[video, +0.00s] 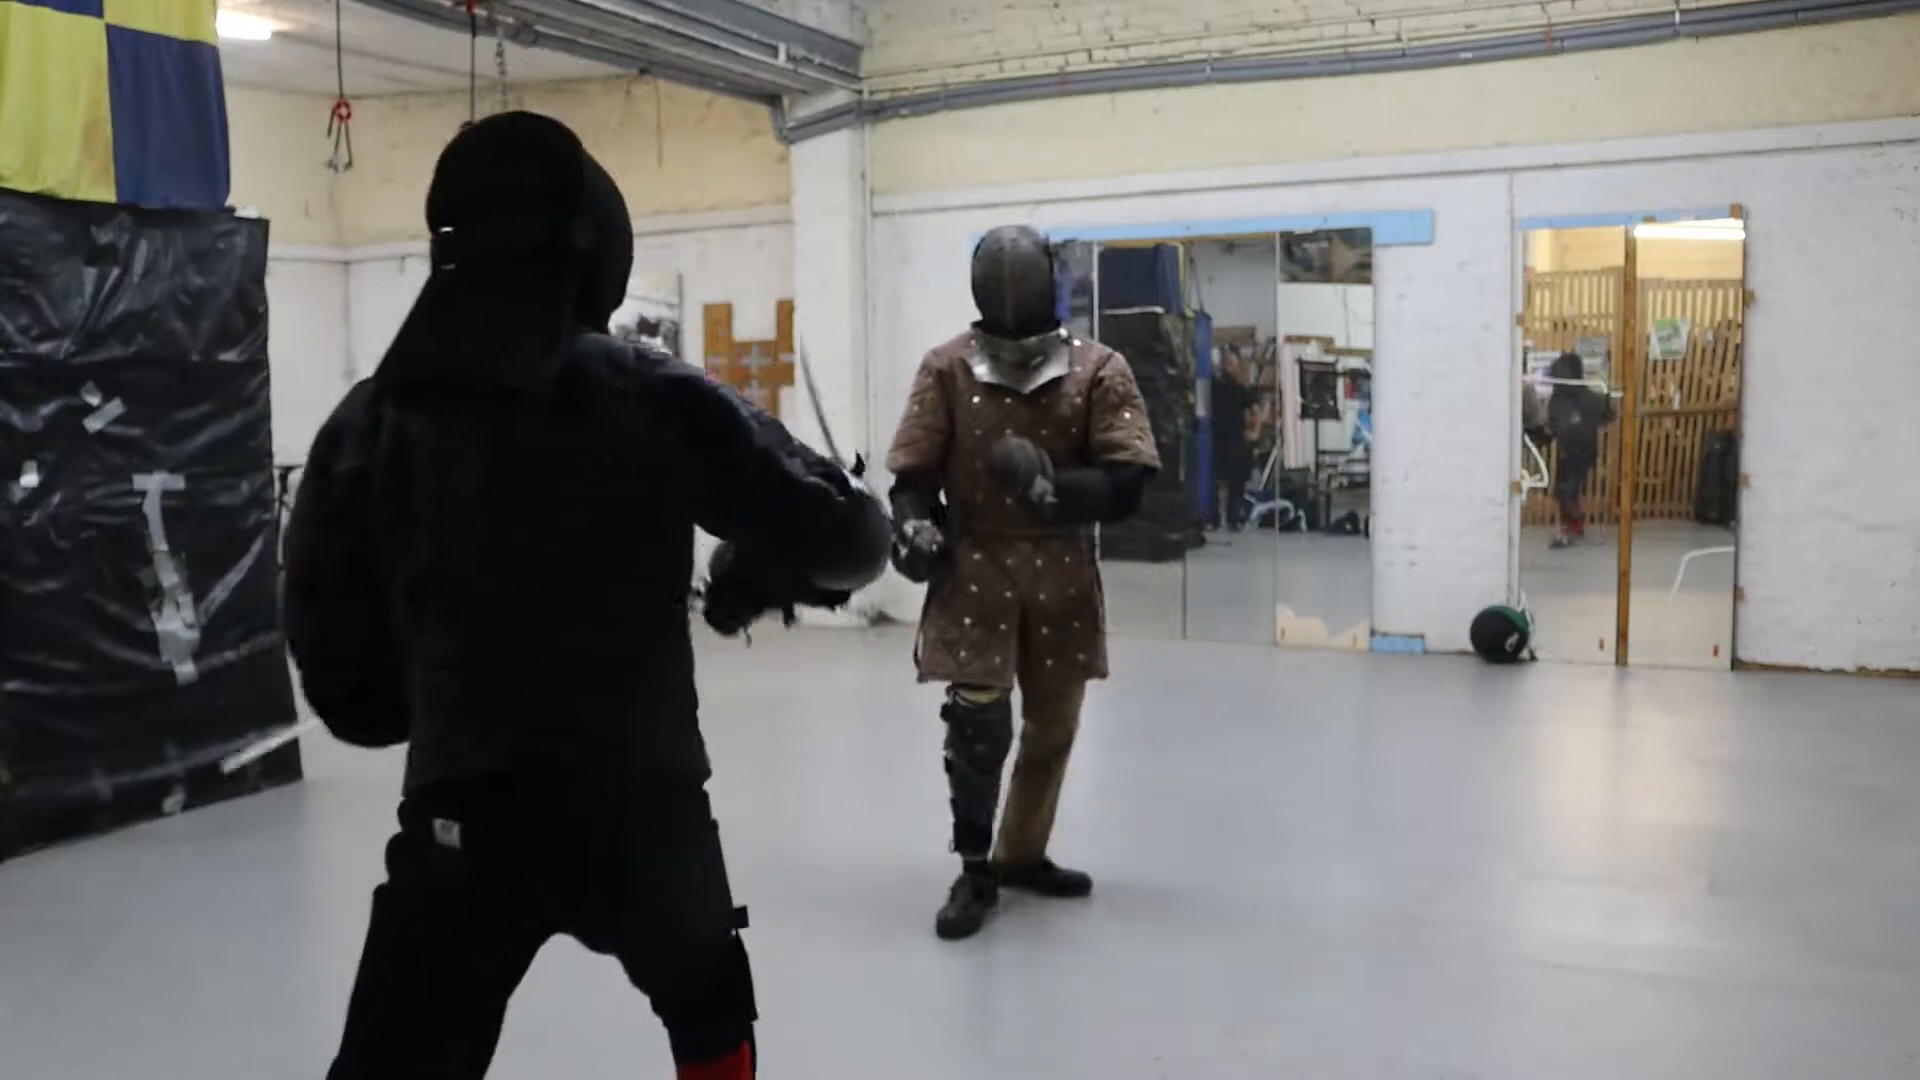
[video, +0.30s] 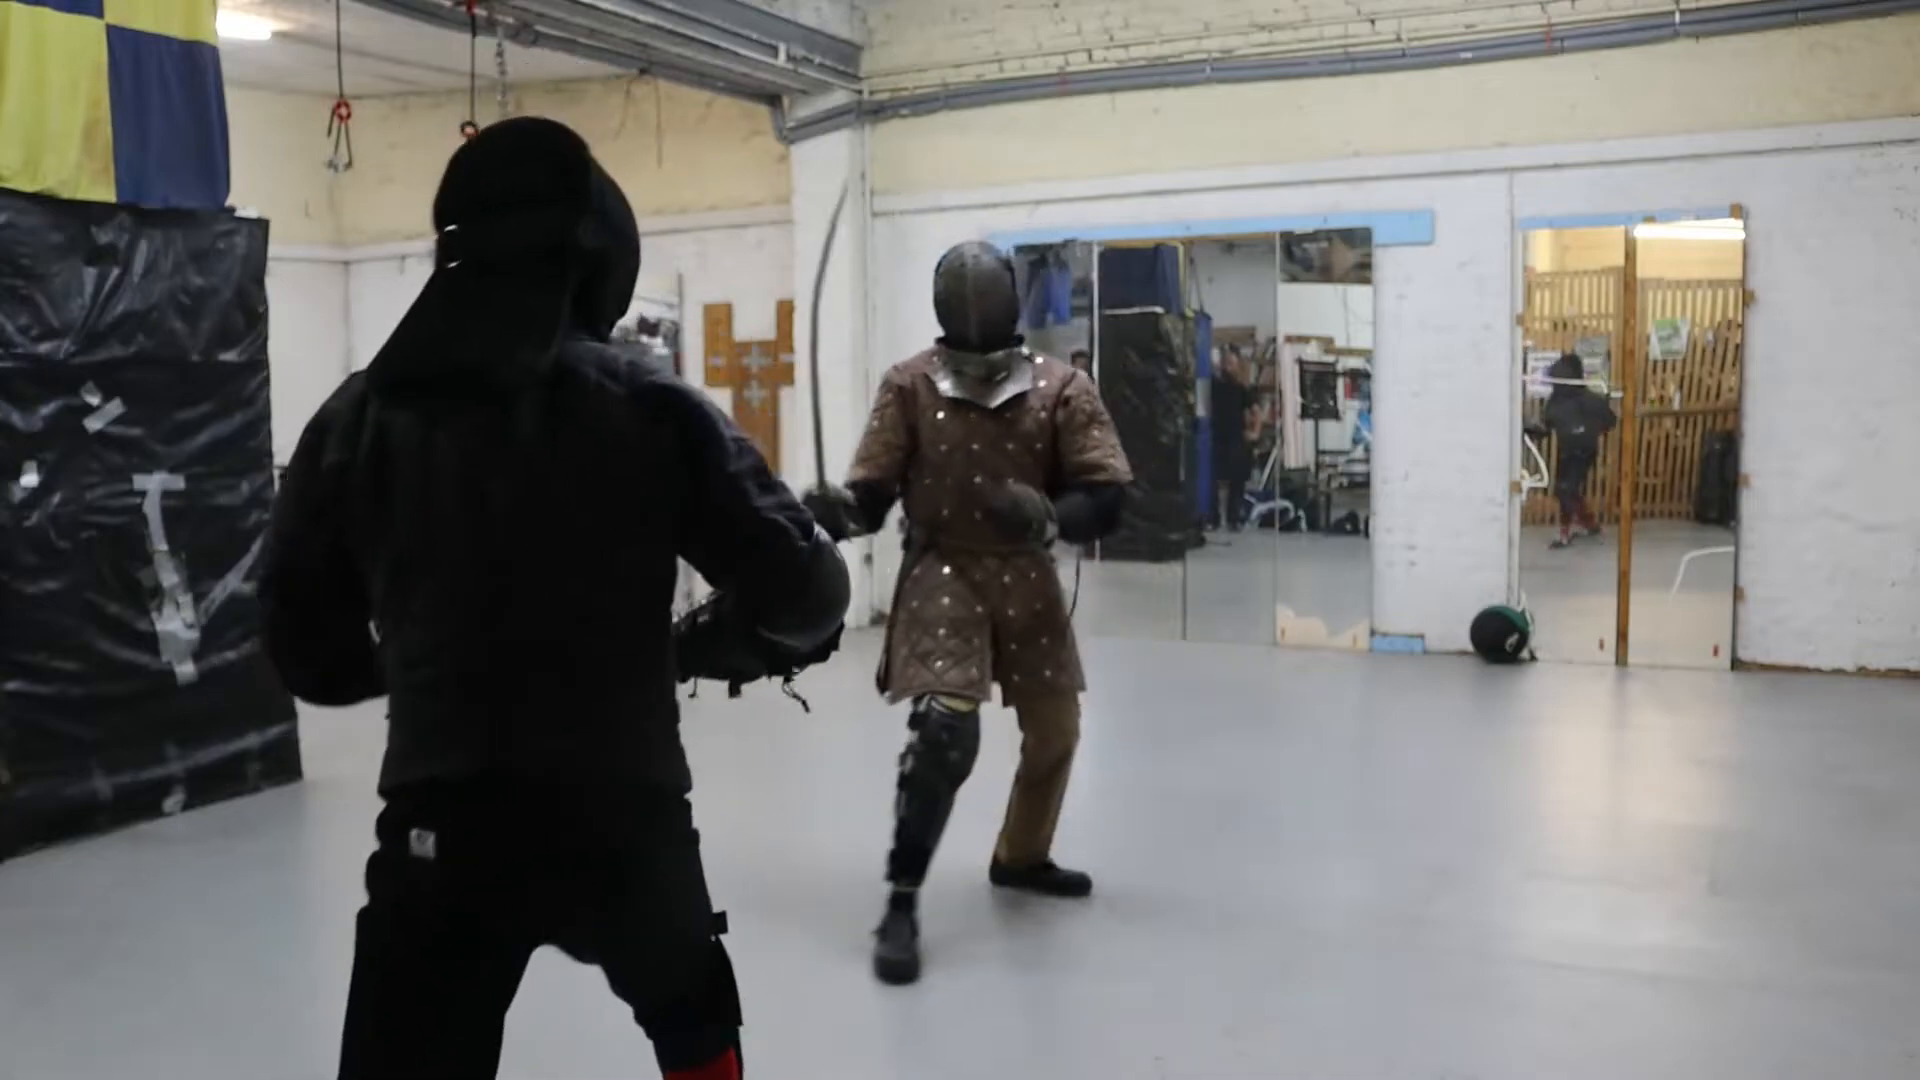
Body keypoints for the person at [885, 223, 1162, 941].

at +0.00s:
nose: (1016, 336)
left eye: (1030, 321)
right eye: (1001, 321)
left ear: (1053, 300)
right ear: (980, 304)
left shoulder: (1098, 370)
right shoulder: (948, 371)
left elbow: (1128, 482)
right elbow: (912, 477)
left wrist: (1052, 487)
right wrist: (915, 524)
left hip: (1061, 572)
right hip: (974, 570)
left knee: (1051, 731)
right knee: (978, 726)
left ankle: (1022, 856)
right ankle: (973, 869)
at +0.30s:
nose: (978, 359)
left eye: (992, 345)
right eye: (964, 344)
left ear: (1014, 323)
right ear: (942, 325)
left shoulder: (1062, 389)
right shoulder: (910, 388)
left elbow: (1110, 496)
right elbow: (872, 492)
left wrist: (1050, 513)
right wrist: (844, 506)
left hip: (1027, 581)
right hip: (942, 581)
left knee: (1054, 733)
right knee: (945, 734)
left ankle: (1021, 861)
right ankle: (901, 905)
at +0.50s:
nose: (911, 327)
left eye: (923, 311)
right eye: (896, 312)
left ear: (940, 312)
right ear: (872, 312)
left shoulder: (983, 396)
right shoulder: (838, 394)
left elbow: (1033, 493)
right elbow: (789, 468)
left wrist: (1007, 517)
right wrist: (817, 475)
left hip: (965, 589)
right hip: (879, 594)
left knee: (1017, 730)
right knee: (858, 768)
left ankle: (1031, 855)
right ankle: (770, 925)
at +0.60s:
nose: (857, 335)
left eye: (867, 319)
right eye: (843, 320)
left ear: (878, 316)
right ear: (813, 320)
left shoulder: (909, 386)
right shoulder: (792, 397)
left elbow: (954, 475)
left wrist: (952, 507)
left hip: (916, 581)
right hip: (834, 589)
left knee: (986, 720)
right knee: (814, 782)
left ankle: (1030, 844)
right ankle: (720, 933)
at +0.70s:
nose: (799, 337)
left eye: (807, 324)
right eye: (783, 324)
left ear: (825, 329)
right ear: (764, 331)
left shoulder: (854, 399)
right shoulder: (744, 401)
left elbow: (899, 475)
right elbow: (773, 440)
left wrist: (909, 512)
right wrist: (784, 354)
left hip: (870, 588)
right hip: (795, 594)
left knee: (950, 727)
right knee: (801, 777)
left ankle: (978, 860)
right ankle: (714, 918)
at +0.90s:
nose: (755, 342)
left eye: (768, 324)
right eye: (736, 327)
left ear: (791, 319)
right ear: (706, 326)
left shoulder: (815, 393)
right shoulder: (689, 406)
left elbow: (865, 489)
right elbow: (677, 513)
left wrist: (853, 518)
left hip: (810, 598)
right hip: (732, 607)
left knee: (855, 741)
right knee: (751, 772)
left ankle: (829, 864)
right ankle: (692, 947)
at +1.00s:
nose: (744, 342)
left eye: (758, 327)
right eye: (733, 327)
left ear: (774, 326)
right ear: (708, 324)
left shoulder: (793, 405)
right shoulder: (673, 400)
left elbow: (855, 516)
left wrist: (812, 526)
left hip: (774, 617)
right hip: (684, 625)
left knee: (811, 760)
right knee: (687, 784)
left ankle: (782, 878)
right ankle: (678, 953)